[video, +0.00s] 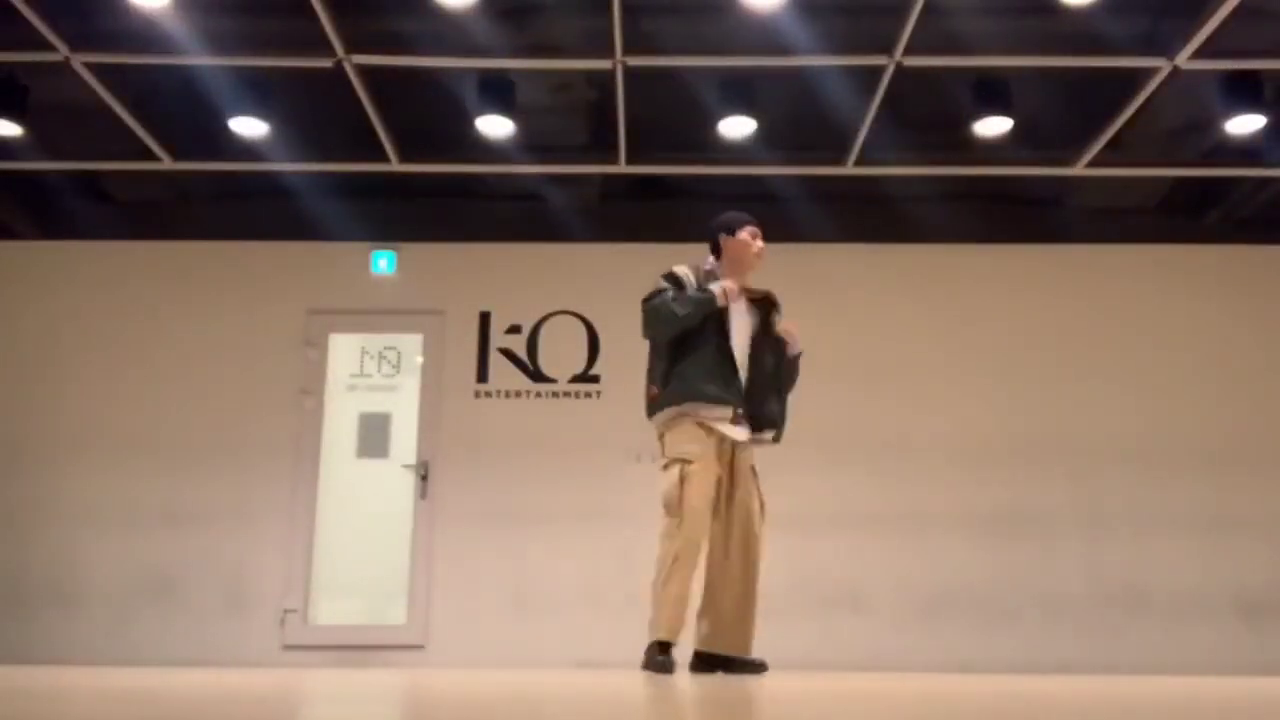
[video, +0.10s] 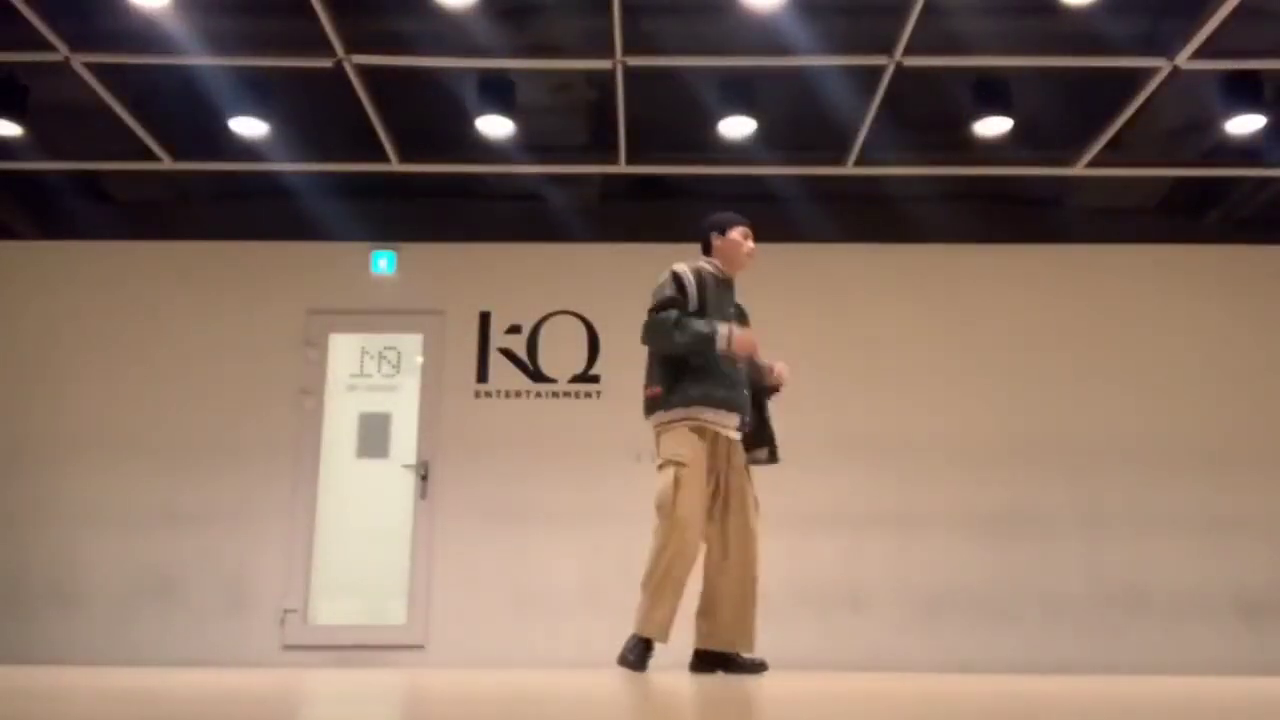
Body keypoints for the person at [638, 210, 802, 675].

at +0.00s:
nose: (760, 243)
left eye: (761, 237)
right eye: (750, 235)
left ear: (755, 251)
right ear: (722, 243)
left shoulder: (760, 308)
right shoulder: (684, 284)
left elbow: (773, 387)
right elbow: (659, 323)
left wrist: (788, 353)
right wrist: (714, 294)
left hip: (739, 431)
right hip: (690, 423)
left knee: (741, 536)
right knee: (688, 525)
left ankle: (720, 649)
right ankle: (662, 641)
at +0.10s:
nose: (751, 244)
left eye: (752, 238)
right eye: (742, 236)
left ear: (741, 248)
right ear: (715, 241)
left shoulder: (735, 307)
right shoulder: (684, 277)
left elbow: (730, 373)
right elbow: (655, 330)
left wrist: (764, 377)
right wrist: (723, 338)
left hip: (728, 432)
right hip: (684, 424)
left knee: (736, 537)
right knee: (682, 525)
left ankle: (718, 648)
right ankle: (646, 634)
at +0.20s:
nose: (740, 247)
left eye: (740, 239)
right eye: (733, 237)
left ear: (719, 243)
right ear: (706, 239)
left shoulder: (720, 299)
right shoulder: (672, 281)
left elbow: (723, 364)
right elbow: (661, 349)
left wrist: (739, 393)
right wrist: (702, 386)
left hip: (718, 430)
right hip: (674, 426)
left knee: (725, 536)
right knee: (672, 530)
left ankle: (714, 647)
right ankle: (636, 632)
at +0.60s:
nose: (687, 241)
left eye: (685, 233)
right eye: (677, 234)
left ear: (676, 244)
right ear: (651, 243)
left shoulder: (695, 305)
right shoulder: (615, 296)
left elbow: (710, 363)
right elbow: (586, 367)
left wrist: (697, 410)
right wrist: (605, 431)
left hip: (682, 445)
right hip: (629, 443)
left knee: (704, 523)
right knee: (628, 545)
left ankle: (700, 635)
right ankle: (623, 645)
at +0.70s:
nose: (670, 253)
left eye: (670, 245)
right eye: (659, 247)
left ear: (673, 252)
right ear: (633, 256)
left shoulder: (690, 312)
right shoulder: (604, 312)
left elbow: (708, 373)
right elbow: (577, 381)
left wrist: (686, 426)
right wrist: (593, 444)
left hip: (676, 454)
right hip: (622, 455)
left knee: (704, 517)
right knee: (622, 532)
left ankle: (689, 633)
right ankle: (621, 646)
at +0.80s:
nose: (659, 249)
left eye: (660, 242)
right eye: (649, 244)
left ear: (665, 251)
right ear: (623, 256)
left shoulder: (686, 313)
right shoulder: (600, 314)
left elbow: (703, 378)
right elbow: (576, 384)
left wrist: (680, 432)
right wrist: (584, 445)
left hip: (672, 453)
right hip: (616, 456)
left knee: (698, 520)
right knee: (619, 538)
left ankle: (679, 628)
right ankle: (620, 645)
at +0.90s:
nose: (656, 237)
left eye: (657, 230)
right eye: (646, 231)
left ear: (663, 241)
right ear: (622, 244)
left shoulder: (684, 303)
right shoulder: (594, 305)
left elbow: (702, 364)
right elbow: (575, 374)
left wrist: (679, 416)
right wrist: (584, 431)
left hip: (671, 444)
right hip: (617, 445)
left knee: (690, 520)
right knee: (621, 539)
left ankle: (669, 628)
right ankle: (622, 645)